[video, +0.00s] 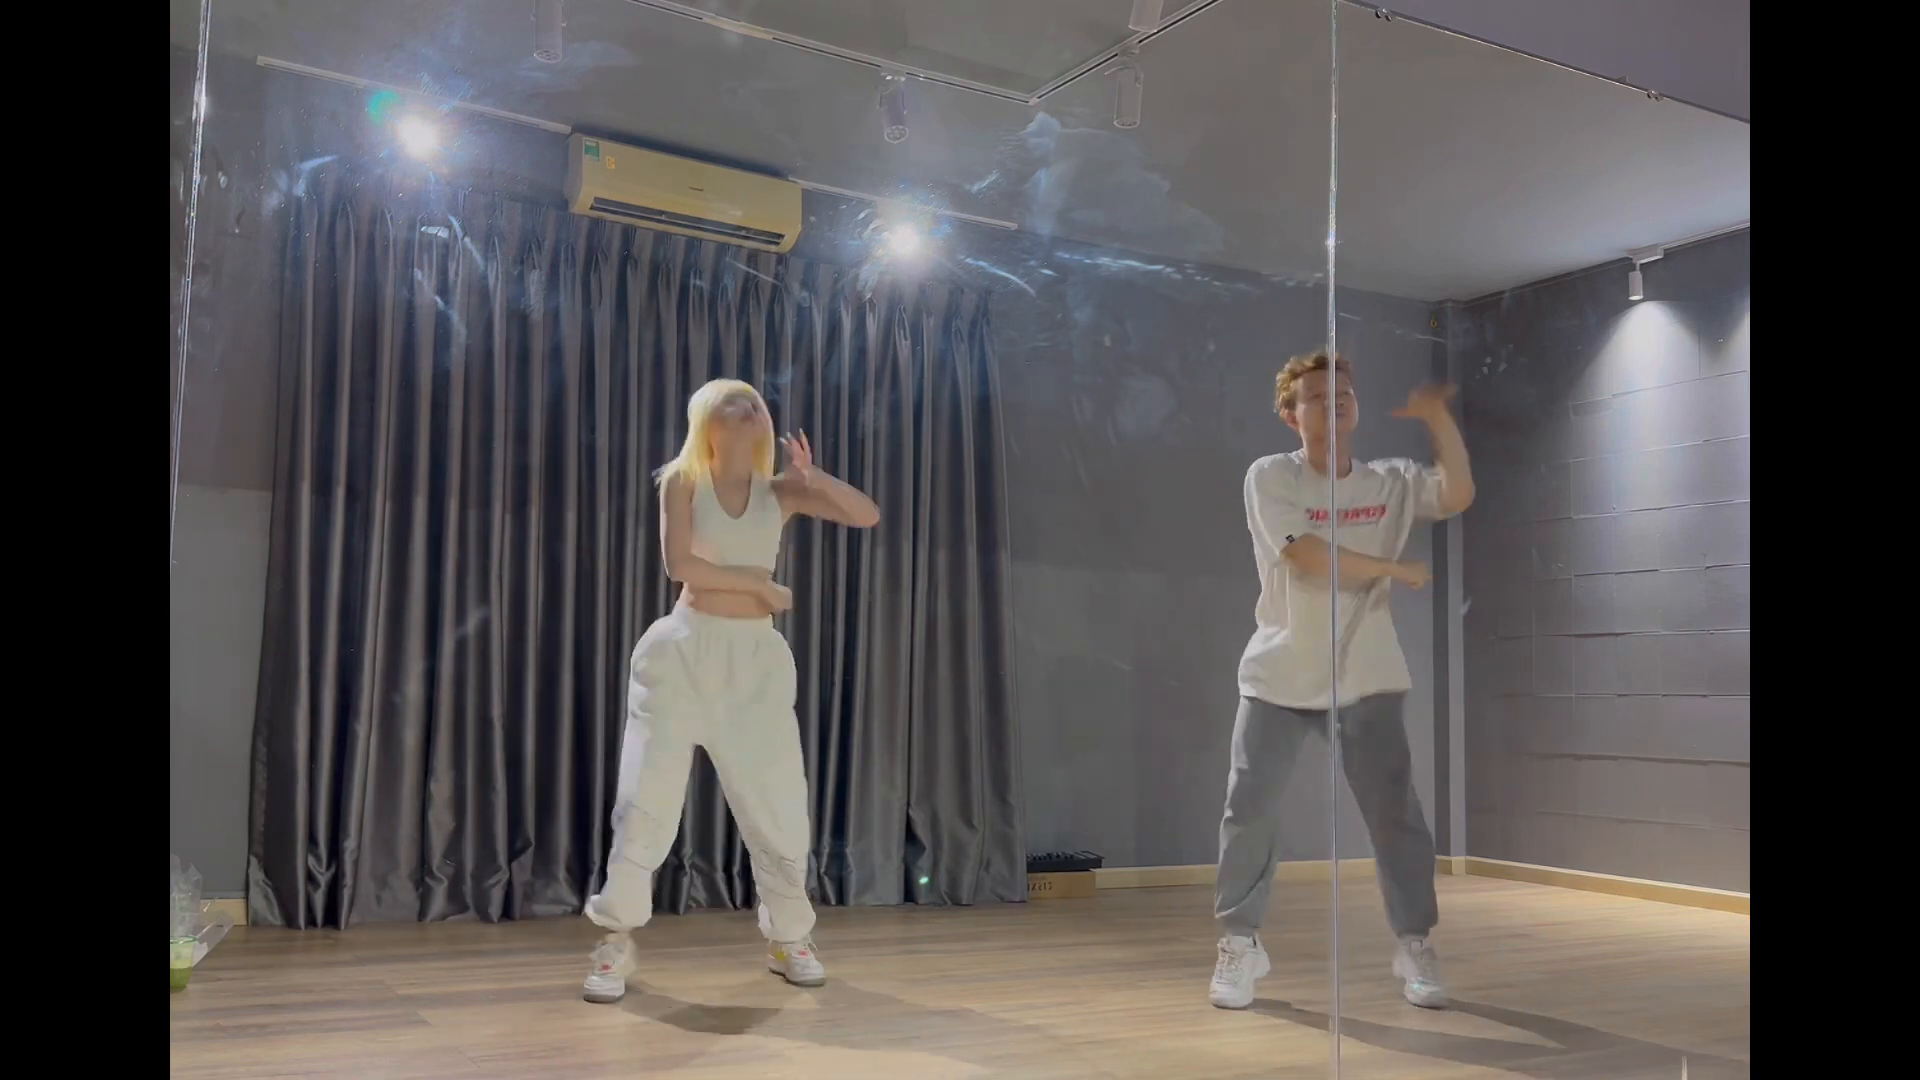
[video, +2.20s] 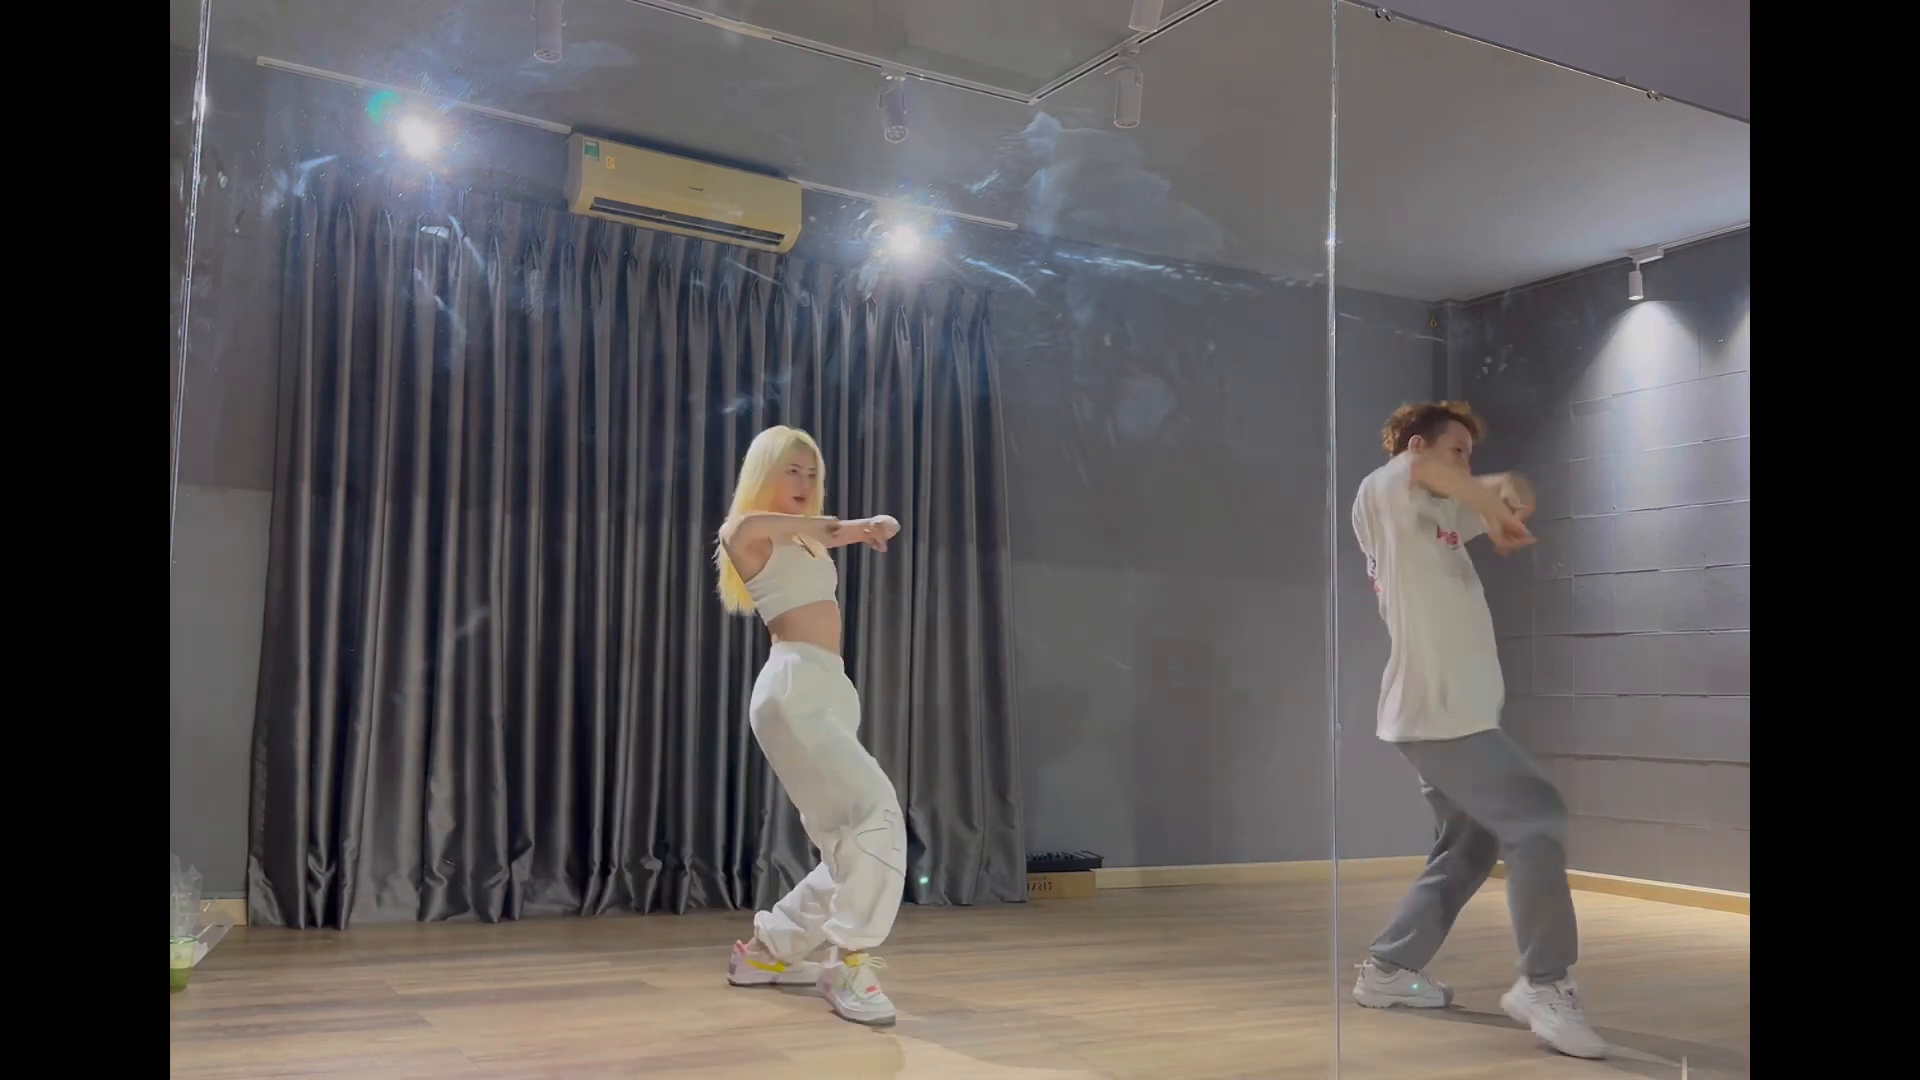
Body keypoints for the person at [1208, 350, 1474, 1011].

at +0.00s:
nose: (1331, 409)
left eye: (1341, 398)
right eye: (1315, 400)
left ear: (1357, 407)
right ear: (1291, 413)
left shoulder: (1391, 480)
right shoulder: (1271, 477)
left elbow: (1458, 493)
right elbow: (1302, 554)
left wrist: (1441, 421)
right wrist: (1393, 568)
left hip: (1368, 674)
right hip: (1281, 673)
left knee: (1393, 809)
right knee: (1248, 804)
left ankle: (1415, 946)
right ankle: (1238, 944)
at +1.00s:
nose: (1320, 461)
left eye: (1328, 449)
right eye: (1307, 448)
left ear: (1339, 453)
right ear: (1278, 452)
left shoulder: (1359, 509)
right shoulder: (1246, 507)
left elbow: (1347, 495)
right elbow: (1288, 561)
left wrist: (1345, 417)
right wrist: (1376, 567)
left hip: (1344, 705)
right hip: (1261, 704)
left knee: (1404, 818)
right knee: (1227, 810)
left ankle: (1378, 953)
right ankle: (1187, 942)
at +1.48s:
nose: (1354, 483)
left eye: (1360, 475)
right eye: (1345, 467)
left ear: (1362, 476)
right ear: (1307, 459)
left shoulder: (1322, 513)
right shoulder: (1286, 518)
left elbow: (1359, 475)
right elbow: (1369, 583)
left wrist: (1409, 442)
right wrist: (1422, 599)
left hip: (1407, 710)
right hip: (1341, 724)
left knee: (1451, 836)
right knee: (1302, 844)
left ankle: (1390, 962)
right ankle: (1204, 942)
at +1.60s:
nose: (1391, 460)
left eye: (1394, 448)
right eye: (1380, 445)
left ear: (1378, 455)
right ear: (1340, 450)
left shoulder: (1364, 510)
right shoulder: (1324, 509)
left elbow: (1419, 525)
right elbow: (1357, 545)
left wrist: (1399, 453)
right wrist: (1398, 466)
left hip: (1424, 700)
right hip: (1378, 710)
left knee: (1449, 835)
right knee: (1440, 836)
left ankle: (1392, 960)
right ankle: (1332, 889)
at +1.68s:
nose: (1406, 452)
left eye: (1410, 442)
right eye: (1396, 440)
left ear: (1406, 448)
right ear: (1358, 445)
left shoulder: (1390, 514)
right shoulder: (1342, 507)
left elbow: (1463, 559)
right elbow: (1383, 562)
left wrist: (1421, 484)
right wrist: (1397, 481)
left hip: (1417, 700)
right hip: (1393, 701)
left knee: (1431, 830)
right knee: (1513, 790)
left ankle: (1389, 961)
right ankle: (1418, 901)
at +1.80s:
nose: (1425, 450)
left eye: (1427, 440)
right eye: (1415, 437)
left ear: (1384, 448)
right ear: (1373, 438)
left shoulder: (1370, 510)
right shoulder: (1369, 515)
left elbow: (1461, 570)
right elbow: (1468, 570)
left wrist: (1470, 493)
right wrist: (1465, 486)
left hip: (1390, 707)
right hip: (1426, 703)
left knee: (1445, 831)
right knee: (1537, 794)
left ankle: (1387, 964)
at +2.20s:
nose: (1463, 464)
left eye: (1468, 456)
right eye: (1455, 451)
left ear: (1454, 457)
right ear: (1416, 446)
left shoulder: (1442, 506)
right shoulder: (1381, 490)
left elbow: (1501, 495)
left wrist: (1507, 494)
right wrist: (1492, 512)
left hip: (1460, 712)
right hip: (1434, 714)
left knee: (1469, 847)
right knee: (1536, 813)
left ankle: (1388, 969)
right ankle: (1543, 986)